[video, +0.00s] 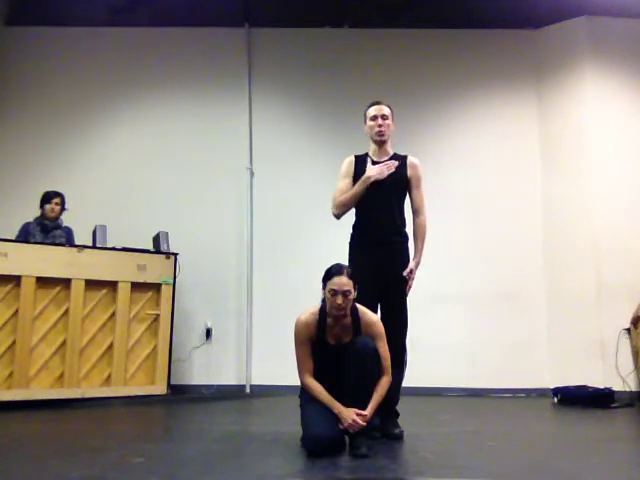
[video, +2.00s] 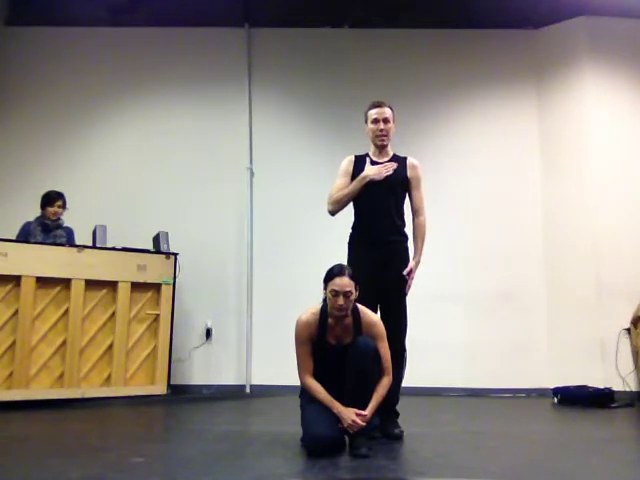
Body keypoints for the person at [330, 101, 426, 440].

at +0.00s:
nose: (380, 122)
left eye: (385, 118)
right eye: (374, 118)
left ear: (393, 125)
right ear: (365, 126)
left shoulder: (409, 166)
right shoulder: (353, 164)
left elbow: (419, 215)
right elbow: (337, 208)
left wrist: (416, 260)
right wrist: (368, 178)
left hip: (394, 257)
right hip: (362, 256)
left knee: (395, 337)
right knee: (359, 336)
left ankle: (388, 415)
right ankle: (359, 416)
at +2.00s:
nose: (381, 126)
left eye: (386, 121)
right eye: (376, 121)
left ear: (394, 126)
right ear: (366, 128)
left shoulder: (409, 167)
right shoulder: (353, 164)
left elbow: (419, 215)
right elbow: (332, 205)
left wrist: (416, 259)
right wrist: (365, 177)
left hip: (394, 257)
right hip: (361, 257)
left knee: (394, 338)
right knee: (359, 336)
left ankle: (388, 415)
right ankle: (358, 416)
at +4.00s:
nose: (383, 127)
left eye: (388, 121)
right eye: (377, 122)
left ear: (395, 125)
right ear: (367, 127)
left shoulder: (410, 166)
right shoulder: (353, 163)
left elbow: (419, 215)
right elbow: (333, 206)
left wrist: (416, 260)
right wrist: (365, 177)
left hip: (394, 258)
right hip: (361, 257)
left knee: (394, 337)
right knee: (359, 336)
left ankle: (388, 415)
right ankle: (359, 416)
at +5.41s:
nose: (380, 126)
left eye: (385, 120)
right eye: (374, 121)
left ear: (393, 125)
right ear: (364, 127)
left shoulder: (408, 166)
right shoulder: (351, 164)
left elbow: (417, 215)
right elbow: (331, 209)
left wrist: (415, 258)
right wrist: (359, 180)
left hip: (393, 256)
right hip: (360, 256)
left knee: (394, 337)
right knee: (359, 336)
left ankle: (389, 415)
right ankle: (360, 416)